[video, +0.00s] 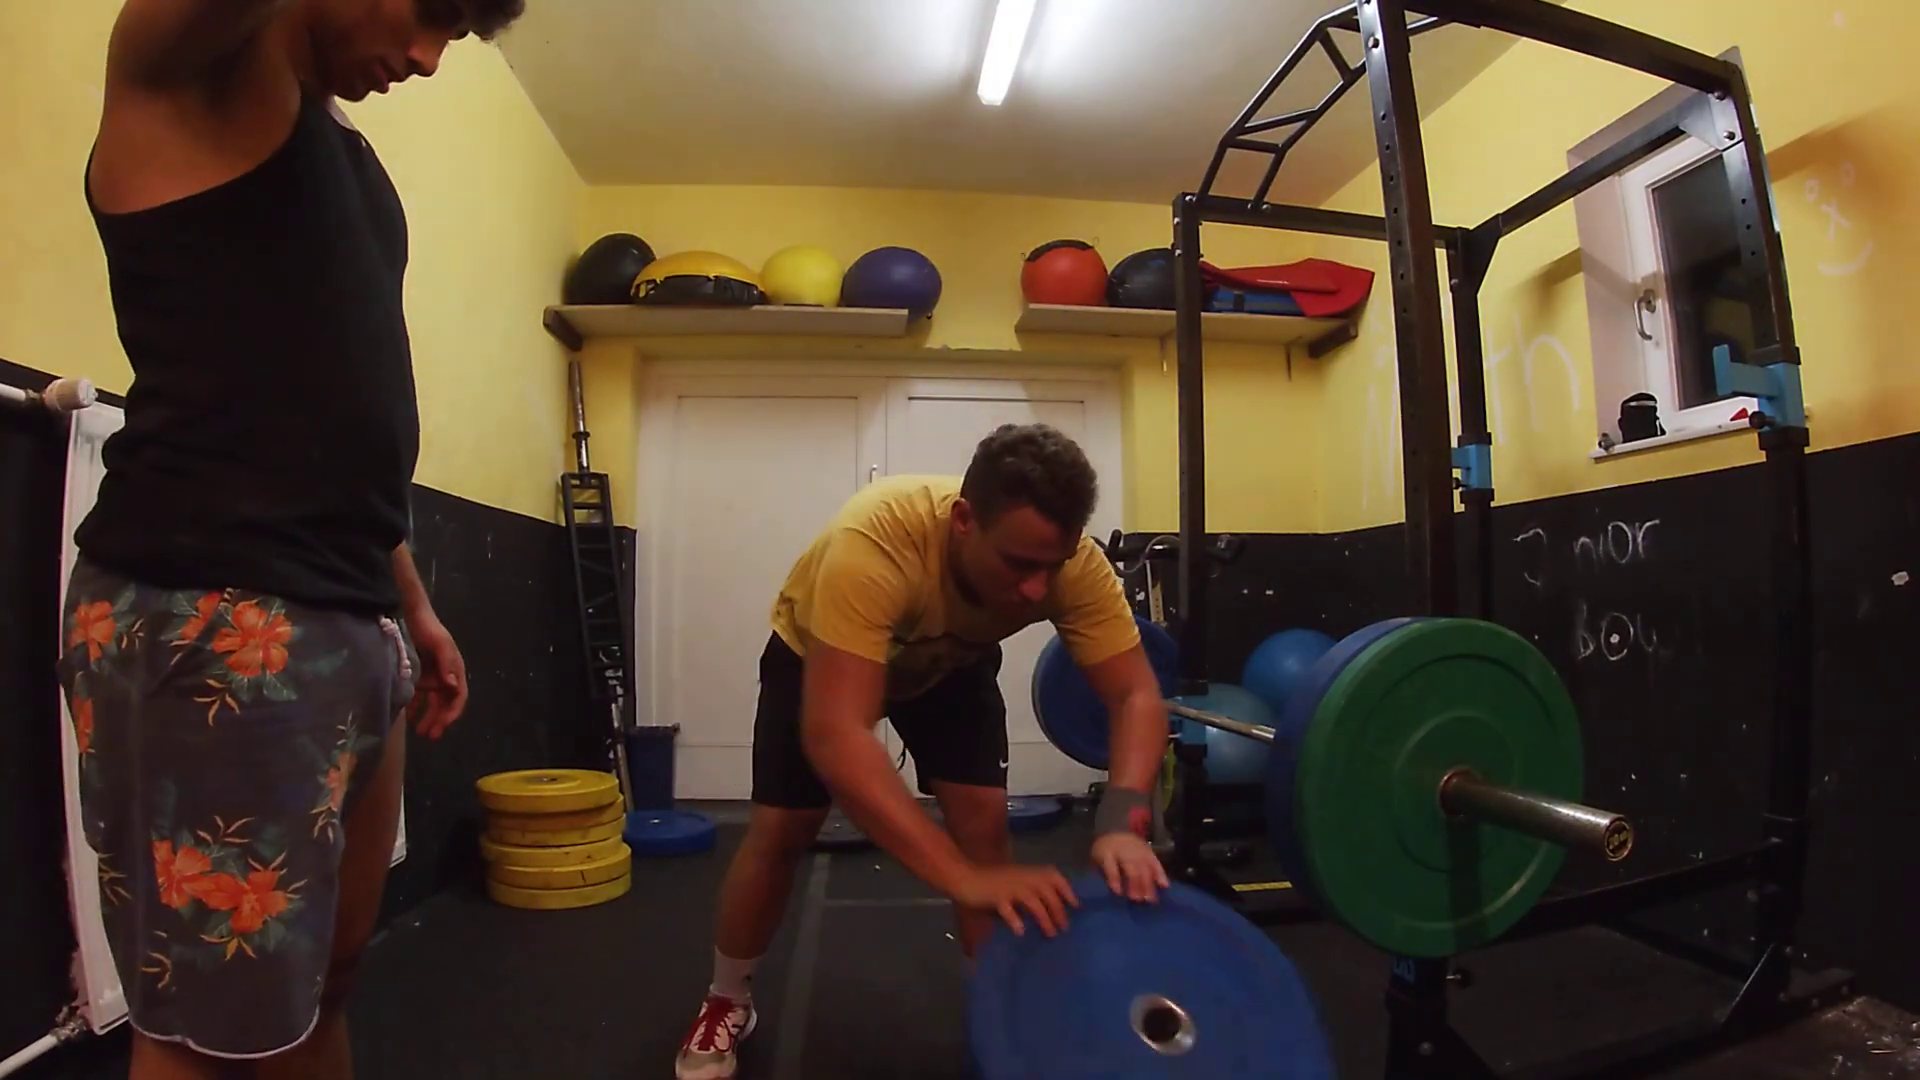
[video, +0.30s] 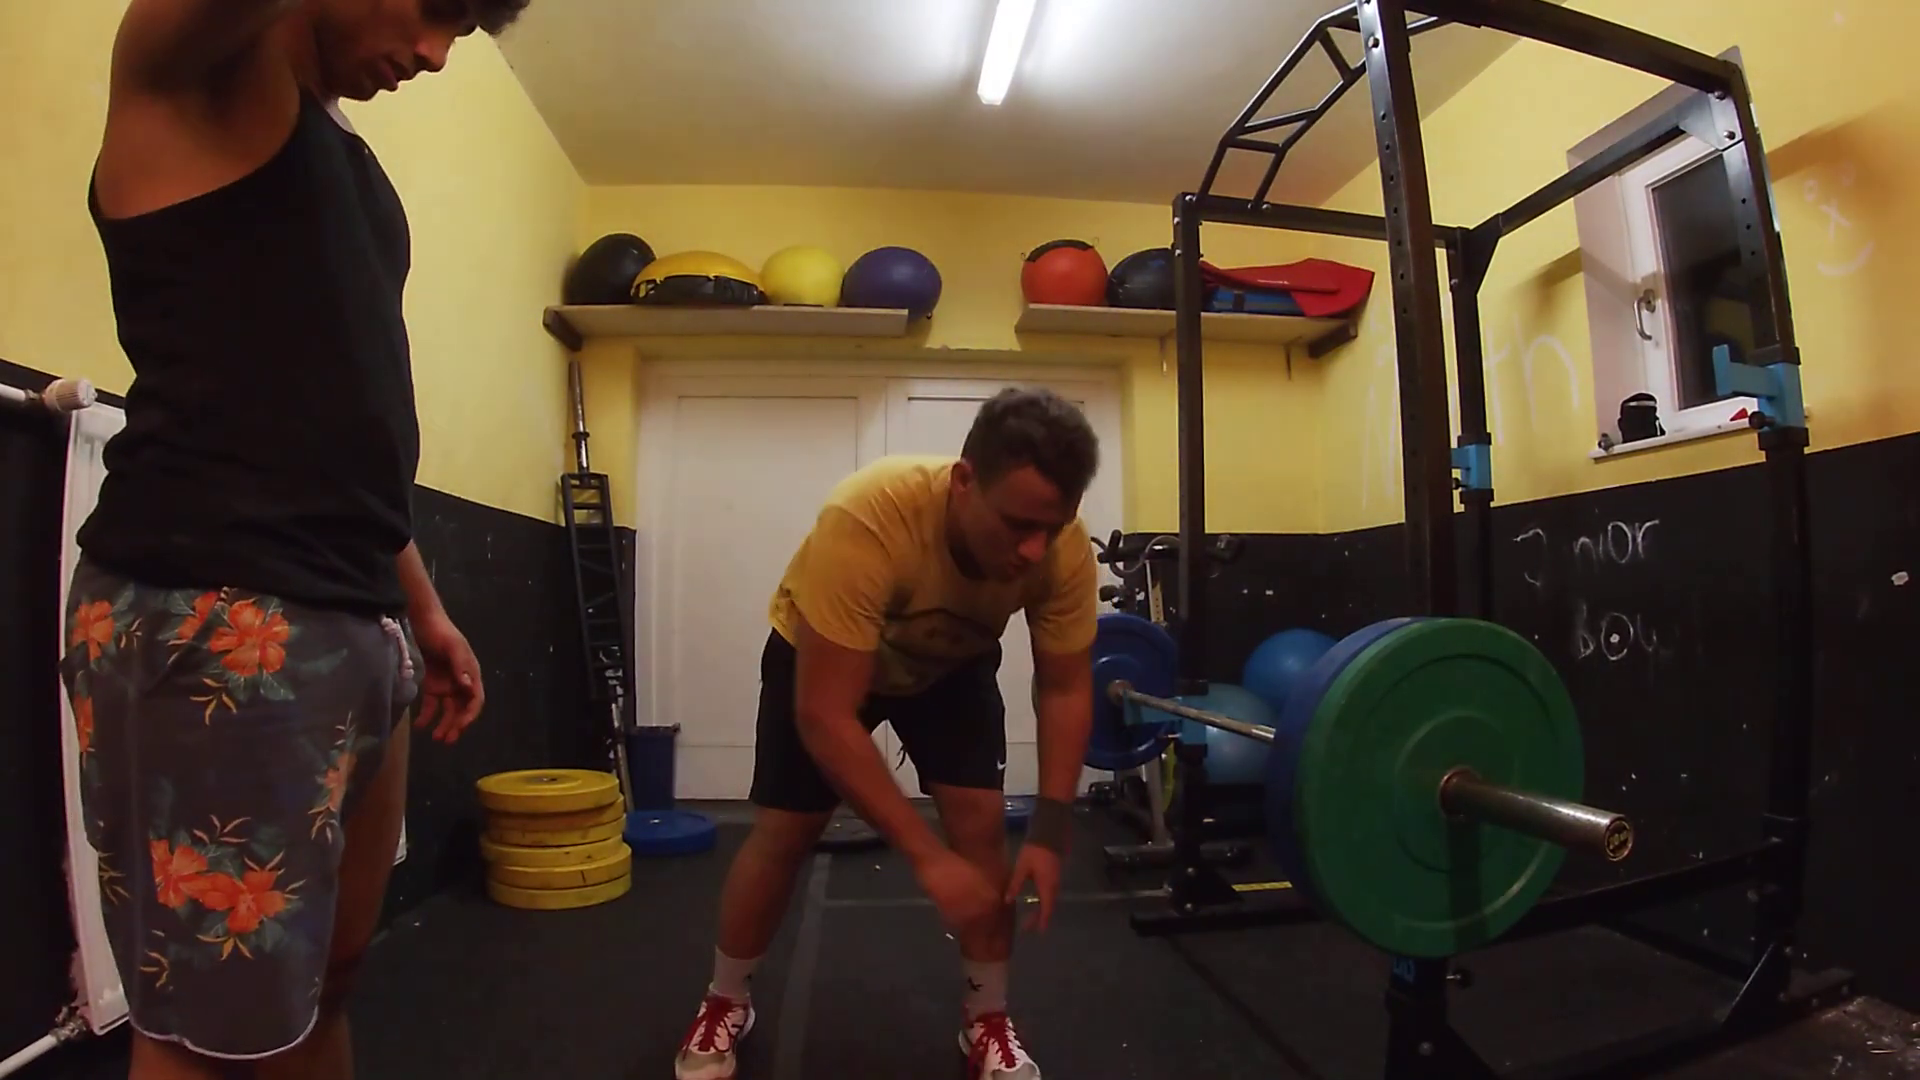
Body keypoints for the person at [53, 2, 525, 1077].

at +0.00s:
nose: (427, 60)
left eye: (450, 41)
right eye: (432, 20)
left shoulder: (341, 147)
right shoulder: (187, 69)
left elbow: (334, 400)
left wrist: (408, 599)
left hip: (347, 622)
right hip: (214, 620)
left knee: (320, 1001)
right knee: (209, 1038)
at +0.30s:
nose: (435, 53)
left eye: (459, 35)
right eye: (438, 14)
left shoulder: (342, 153)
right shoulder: (191, 73)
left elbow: (343, 402)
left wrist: (418, 603)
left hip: (354, 624)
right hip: (217, 621)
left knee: (321, 998)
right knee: (208, 1042)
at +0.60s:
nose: (443, 65)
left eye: (468, 46)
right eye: (446, 24)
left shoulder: (344, 156)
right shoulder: (203, 75)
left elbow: (341, 408)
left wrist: (409, 610)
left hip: (355, 620)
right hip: (225, 619)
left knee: (325, 996)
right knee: (211, 1037)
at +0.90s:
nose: (441, 72)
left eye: (465, 55)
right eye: (447, 31)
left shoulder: (354, 160)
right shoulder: (209, 72)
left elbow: (340, 405)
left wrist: (410, 601)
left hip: (356, 619)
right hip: (230, 618)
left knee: (322, 1004)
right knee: (215, 1035)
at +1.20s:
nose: (453, 60)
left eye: (475, 40)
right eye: (458, 21)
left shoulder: (350, 163)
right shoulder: (196, 59)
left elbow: (333, 417)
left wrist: (415, 611)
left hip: (356, 619)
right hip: (223, 616)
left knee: (324, 993)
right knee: (214, 1036)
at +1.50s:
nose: (461, 33)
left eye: (476, 14)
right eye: (463, 1)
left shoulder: (338, 133)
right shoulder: (180, 57)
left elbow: (302, 405)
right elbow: (27, 331)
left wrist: (373, 610)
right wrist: (88, 687)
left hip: (336, 641)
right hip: (211, 636)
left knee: (317, 1014)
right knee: (191, 1051)